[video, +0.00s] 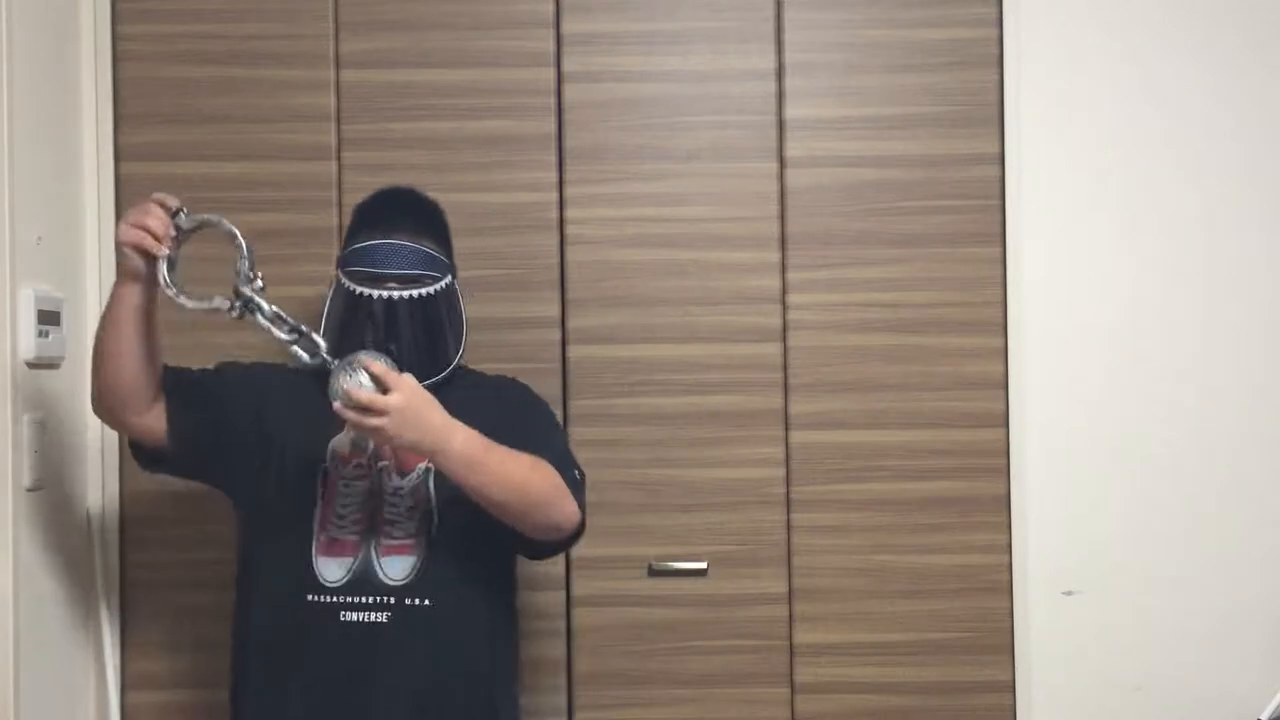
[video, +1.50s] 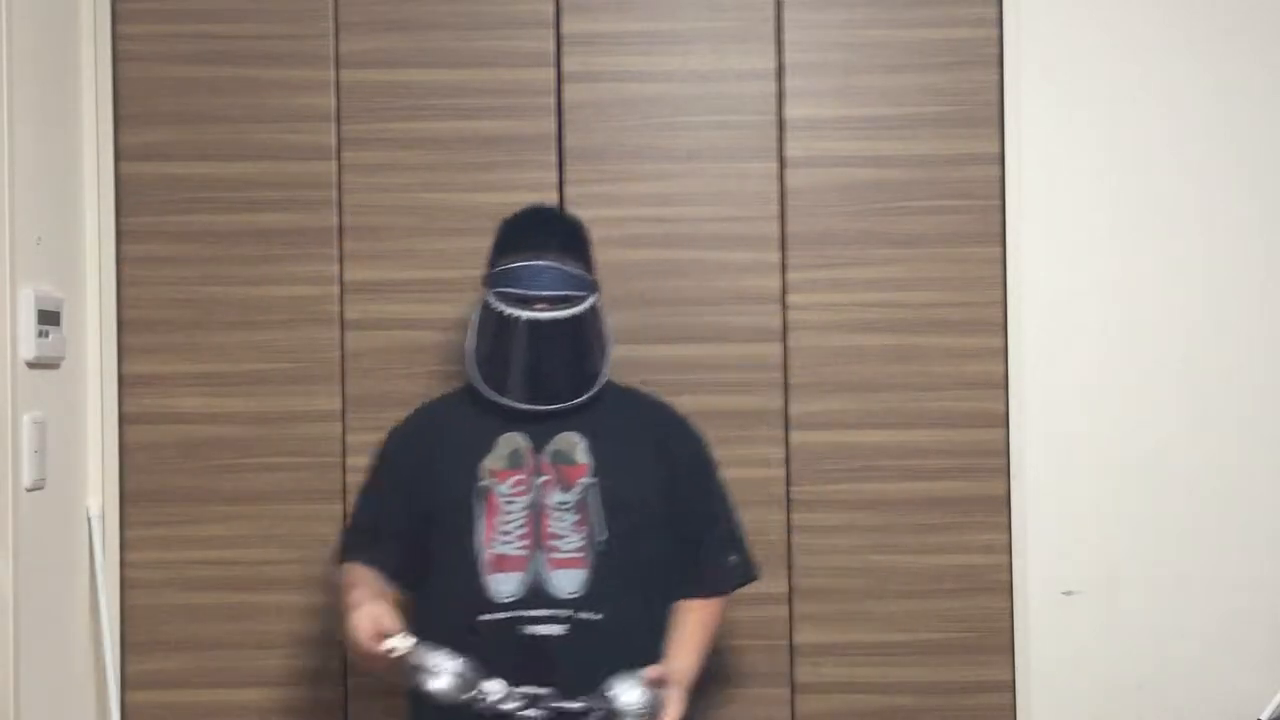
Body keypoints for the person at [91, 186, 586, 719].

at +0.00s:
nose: (390, 301)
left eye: (413, 281)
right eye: (371, 279)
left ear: (448, 289)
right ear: (339, 282)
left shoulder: (501, 409)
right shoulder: (272, 401)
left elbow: (559, 519)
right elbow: (128, 405)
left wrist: (439, 436)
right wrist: (136, 280)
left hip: (453, 701)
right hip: (290, 700)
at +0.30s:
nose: (444, 317)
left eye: (466, 299)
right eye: (427, 295)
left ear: (500, 304)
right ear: (395, 294)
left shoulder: (554, 431)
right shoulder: (322, 419)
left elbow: (622, 558)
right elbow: (220, 525)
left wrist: (527, 608)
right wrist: (214, 498)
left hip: (498, 707)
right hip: (332, 704)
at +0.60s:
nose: (575, 331)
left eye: (596, 311)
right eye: (555, 311)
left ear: (627, 309)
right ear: (522, 307)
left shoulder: (695, 435)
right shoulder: (459, 441)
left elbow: (748, 574)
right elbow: (405, 559)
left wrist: (720, 684)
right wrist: (420, 618)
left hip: (659, 699)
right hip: (506, 700)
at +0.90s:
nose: (635, 305)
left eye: (657, 284)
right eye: (613, 285)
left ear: (686, 289)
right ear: (575, 290)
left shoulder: (748, 404)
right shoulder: (530, 409)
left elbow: (885, 488)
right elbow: (415, 453)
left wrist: (829, 413)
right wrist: (483, 337)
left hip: (727, 695)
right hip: (576, 697)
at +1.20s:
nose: (624, 309)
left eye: (645, 289)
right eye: (604, 290)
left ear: (674, 290)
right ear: (572, 290)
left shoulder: (744, 399)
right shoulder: (524, 408)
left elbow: (870, 495)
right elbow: (403, 469)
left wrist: (807, 477)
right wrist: (474, 372)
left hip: (729, 694)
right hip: (575, 695)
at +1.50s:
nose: (539, 338)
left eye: (560, 319)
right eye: (520, 319)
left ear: (592, 316)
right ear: (488, 315)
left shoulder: (658, 439)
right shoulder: (428, 439)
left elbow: (707, 572)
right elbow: (371, 548)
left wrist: (679, 670)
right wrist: (371, 603)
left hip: (614, 703)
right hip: (467, 701)